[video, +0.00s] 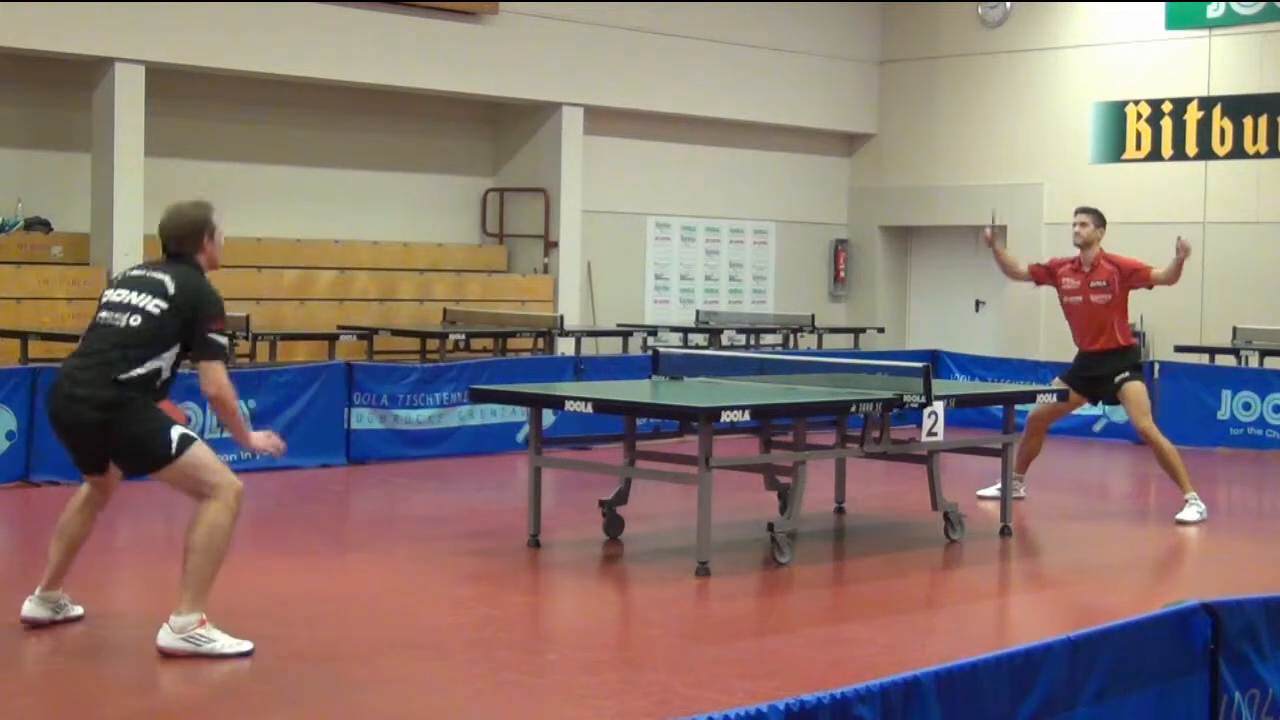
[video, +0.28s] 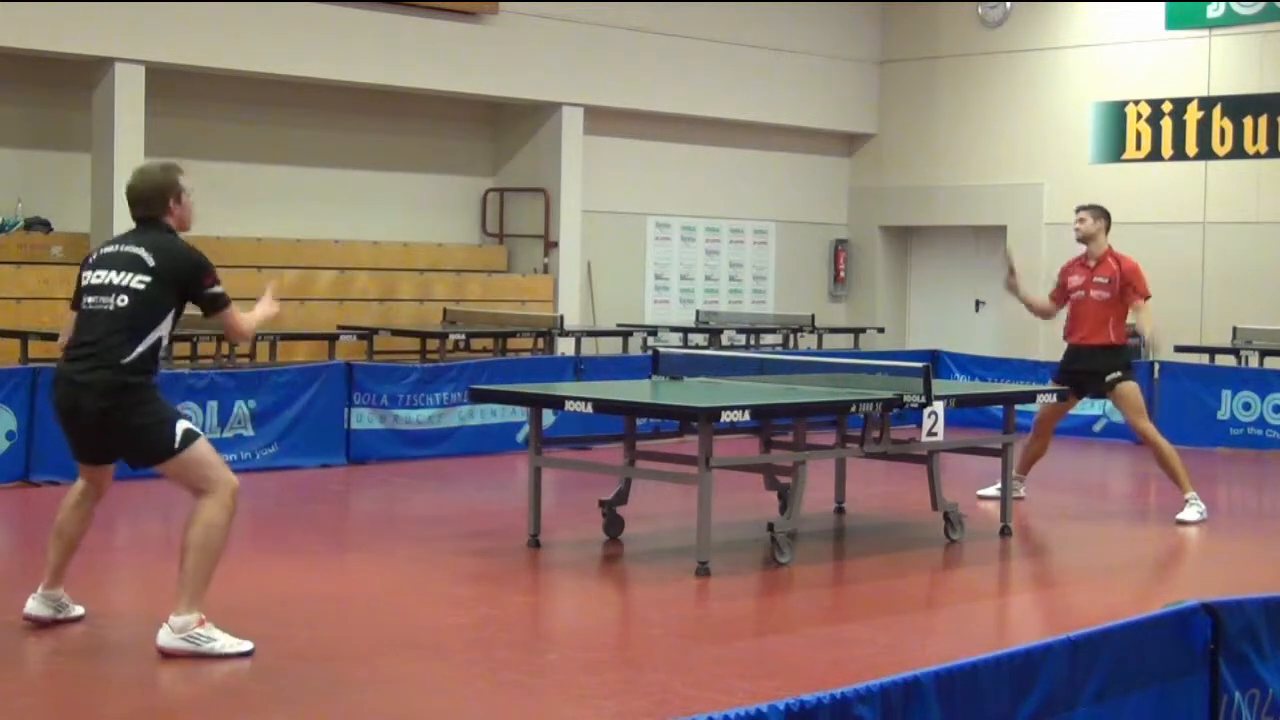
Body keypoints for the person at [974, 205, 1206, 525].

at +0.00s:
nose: (1076, 230)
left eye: (1083, 225)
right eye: (1074, 225)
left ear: (1100, 231)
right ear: (1072, 231)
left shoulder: (1118, 267)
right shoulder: (1060, 268)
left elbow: (1166, 277)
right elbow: (1017, 272)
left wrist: (1179, 260)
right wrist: (996, 248)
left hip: (1122, 360)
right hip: (1086, 362)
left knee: (1144, 426)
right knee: (1037, 418)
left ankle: (1192, 499)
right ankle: (1014, 482)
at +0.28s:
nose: (1075, 226)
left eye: (1082, 221)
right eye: (1075, 221)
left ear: (1101, 225)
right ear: (1080, 228)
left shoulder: (1125, 267)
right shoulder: (1071, 269)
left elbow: (1141, 309)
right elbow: (1048, 310)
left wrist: (1145, 332)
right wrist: (1018, 290)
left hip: (1112, 357)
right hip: (1075, 357)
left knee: (1142, 427)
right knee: (1043, 422)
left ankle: (1192, 499)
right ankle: (1016, 482)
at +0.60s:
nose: (1073, 231)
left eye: (1079, 226)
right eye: (1073, 226)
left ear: (1098, 229)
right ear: (1087, 230)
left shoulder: (1121, 269)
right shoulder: (1072, 272)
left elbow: (1120, 323)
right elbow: (1061, 319)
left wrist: (1079, 352)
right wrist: (1051, 361)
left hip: (1104, 356)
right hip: (1070, 356)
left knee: (1138, 426)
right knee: (1043, 422)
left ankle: (1191, 498)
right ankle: (1016, 481)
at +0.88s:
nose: (1075, 231)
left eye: (1081, 225)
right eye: (1073, 226)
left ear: (1098, 229)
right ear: (1071, 231)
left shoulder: (1116, 269)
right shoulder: (1066, 273)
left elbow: (1112, 323)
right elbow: (1061, 320)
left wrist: (1086, 363)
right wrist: (1048, 361)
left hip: (1105, 357)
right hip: (1069, 357)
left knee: (1138, 426)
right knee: (1036, 422)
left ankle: (1191, 498)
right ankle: (1015, 481)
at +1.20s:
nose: (1032, 296)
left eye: (1030, 288)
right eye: (1028, 291)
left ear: (1041, 277)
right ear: (1053, 271)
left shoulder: (1055, 293)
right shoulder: (1092, 276)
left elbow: (1031, 353)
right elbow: (1097, 317)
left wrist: (1007, 373)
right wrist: (1064, 335)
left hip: (1121, 359)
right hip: (1159, 351)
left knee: (1073, 427)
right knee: (1186, 441)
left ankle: (1073, 514)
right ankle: (1229, 514)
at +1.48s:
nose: (1028, 330)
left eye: (1028, 323)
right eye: (1025, 325)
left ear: (1040, 314)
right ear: (1053, 307)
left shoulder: (1051, 329)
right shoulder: (1086, 313)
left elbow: (1013, 373)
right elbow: (1068, 359)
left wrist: (991, 362)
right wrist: (1027, 355)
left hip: (1122, 391)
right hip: (1161, 382)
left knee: (1059, 430)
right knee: (1198, 469)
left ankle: (1072, 515)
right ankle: (1255, 527)